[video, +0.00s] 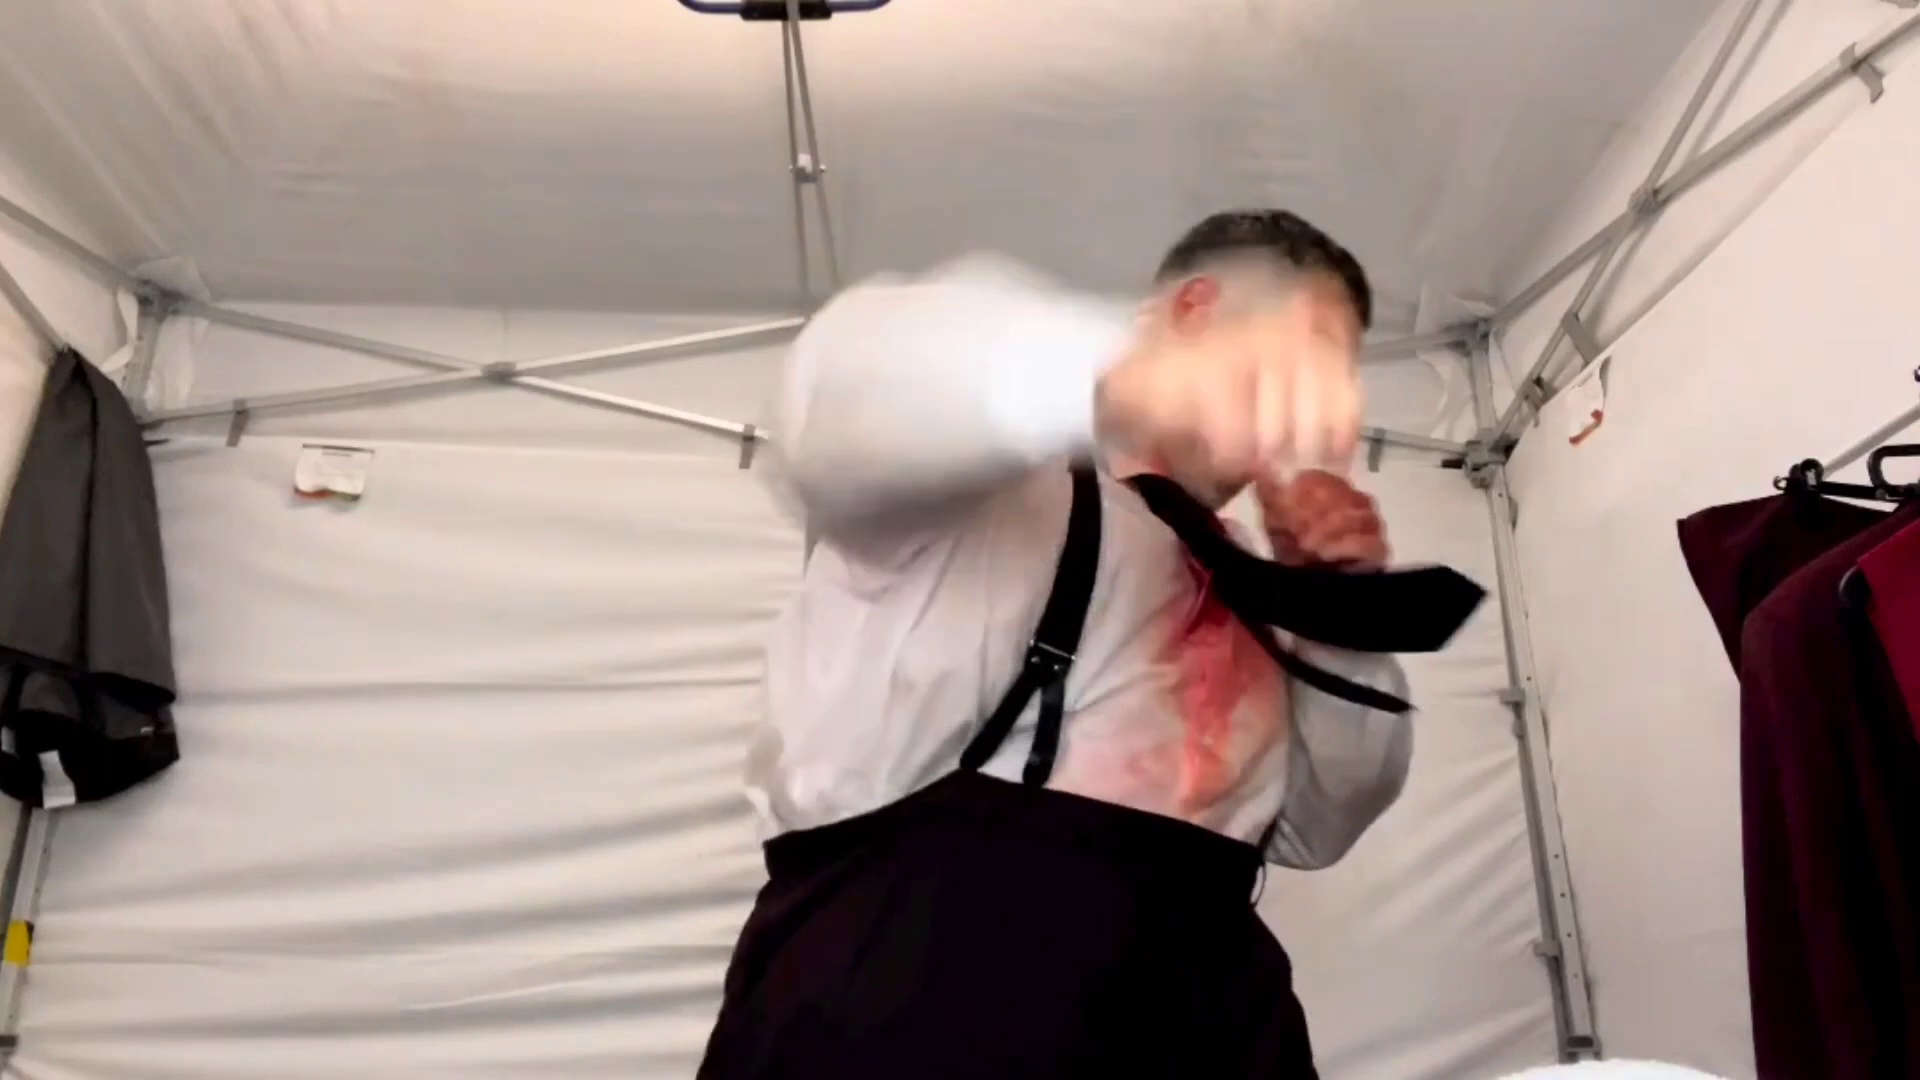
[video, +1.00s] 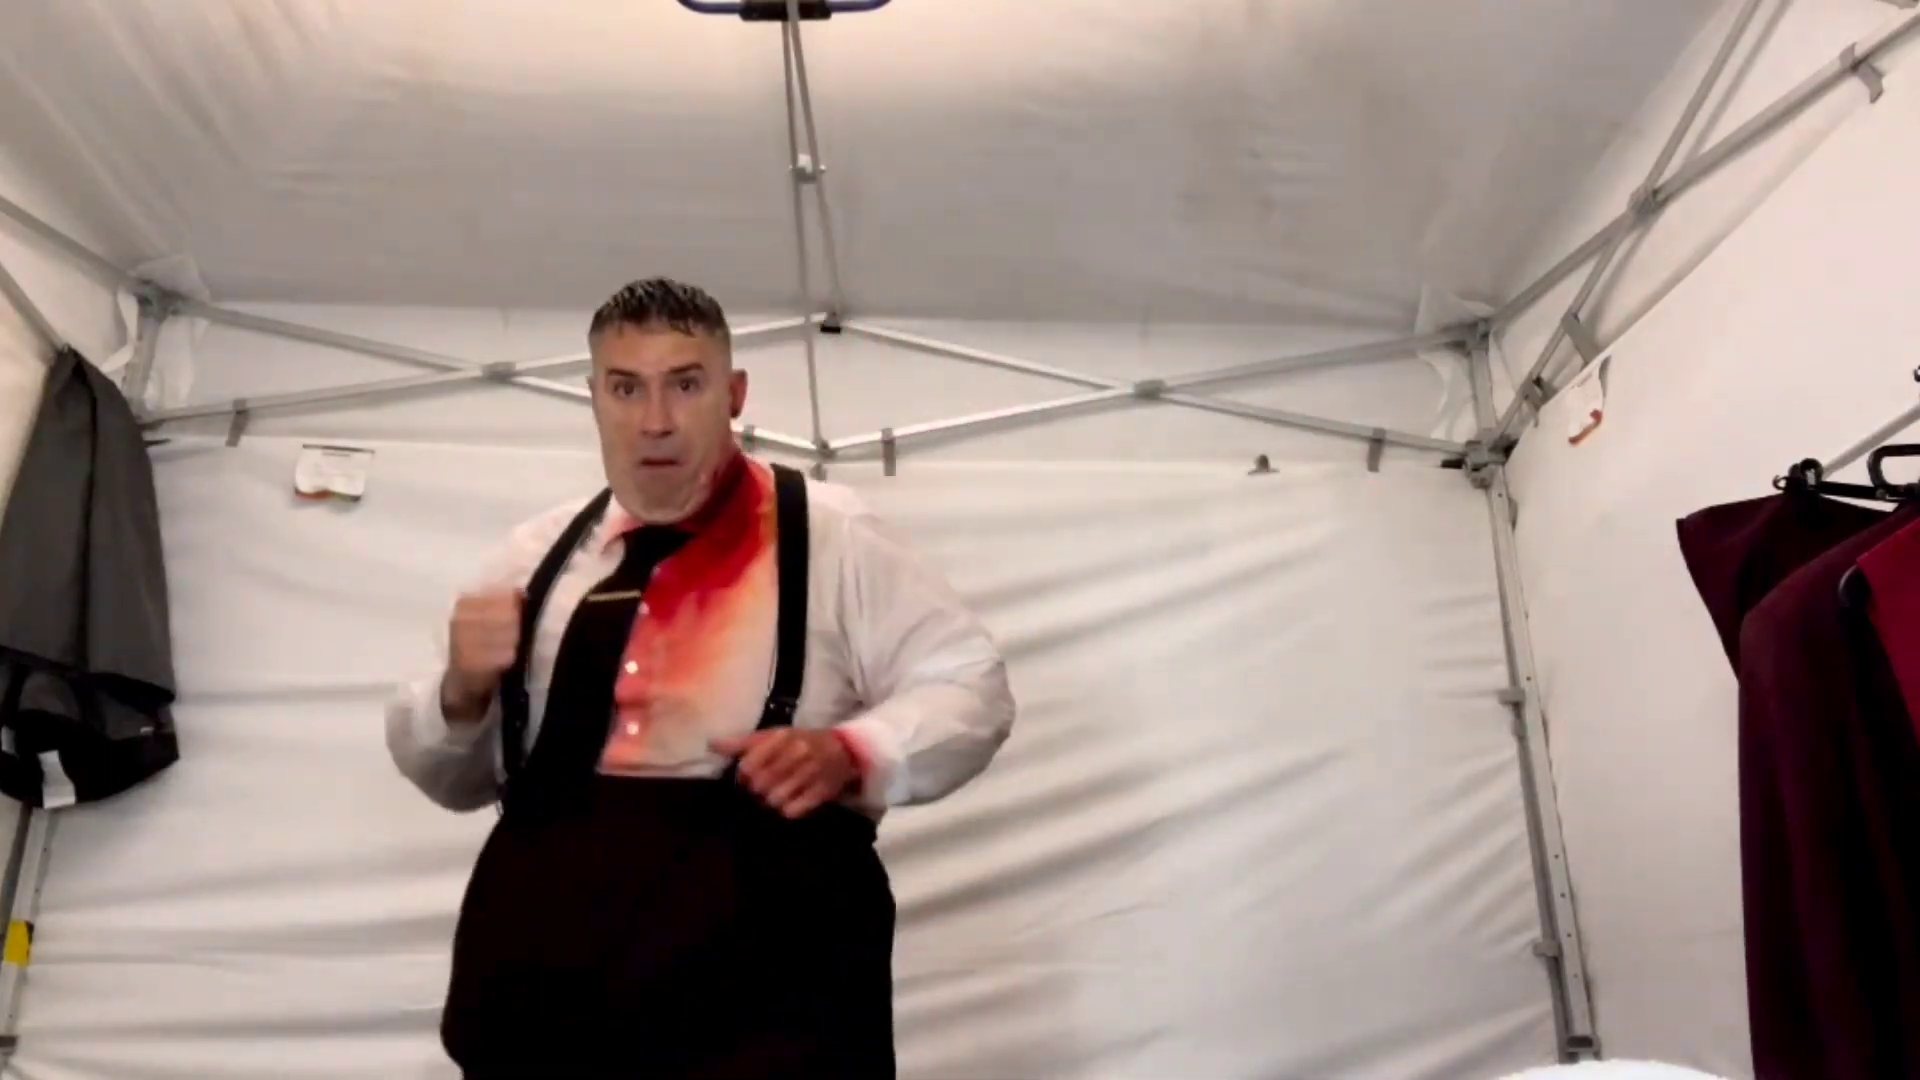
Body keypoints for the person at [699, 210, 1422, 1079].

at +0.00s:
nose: (1289, 417)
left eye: (1319, 381)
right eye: (1275, 358)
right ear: (1191, 306)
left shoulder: (1257, 587)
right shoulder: (983, 449)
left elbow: (1319, 830)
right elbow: (833, 394)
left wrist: (1341, 616)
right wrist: (1119, 372)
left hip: (1185, 984)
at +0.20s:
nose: (1139, 419)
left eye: (1177, 374)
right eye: (1101, 368)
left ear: (1211, 368)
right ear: (1020, 349)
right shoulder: (864, 506)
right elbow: (690, 755)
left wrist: (1423, 768)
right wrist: (893, 684)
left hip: (1186, 972)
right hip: (899, 943)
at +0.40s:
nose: (852, 429)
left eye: (886, 384)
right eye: (816, 395)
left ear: (948, 388)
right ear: (787, 415)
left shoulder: (1069, 556)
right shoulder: (741, 590)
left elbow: (1269, 726)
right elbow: (598, 839)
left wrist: (1210, 814)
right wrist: (666, 662)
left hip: (1019, 982)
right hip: (786, 996)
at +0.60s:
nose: (780, 312)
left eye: (811, 278)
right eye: (750, 280)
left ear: (863, 298)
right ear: (715, 301)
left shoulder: (965, 452)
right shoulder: (655, 477)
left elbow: (1128, 621)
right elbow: (548, 707)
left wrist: (1009, 614)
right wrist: (562, 601)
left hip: (918, 921)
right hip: (692, 927)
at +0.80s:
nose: (684, 447)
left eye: (714, 412)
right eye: (655, 417)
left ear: (766, 426)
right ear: (626, 437)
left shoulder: (863, 573)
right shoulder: (573, 603)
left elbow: (1025, 721)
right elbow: (483, 842)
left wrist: (934, 771)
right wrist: (475, 775)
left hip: (809, 967)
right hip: (594, 969)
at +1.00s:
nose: (655, 419)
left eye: (684, 385)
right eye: (625, 388)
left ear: (735, 398)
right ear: (594, 404)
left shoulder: (834, 541)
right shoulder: (534, 558)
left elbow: (971, 687)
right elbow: (452, 779)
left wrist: (853, 752)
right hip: (554, 935)